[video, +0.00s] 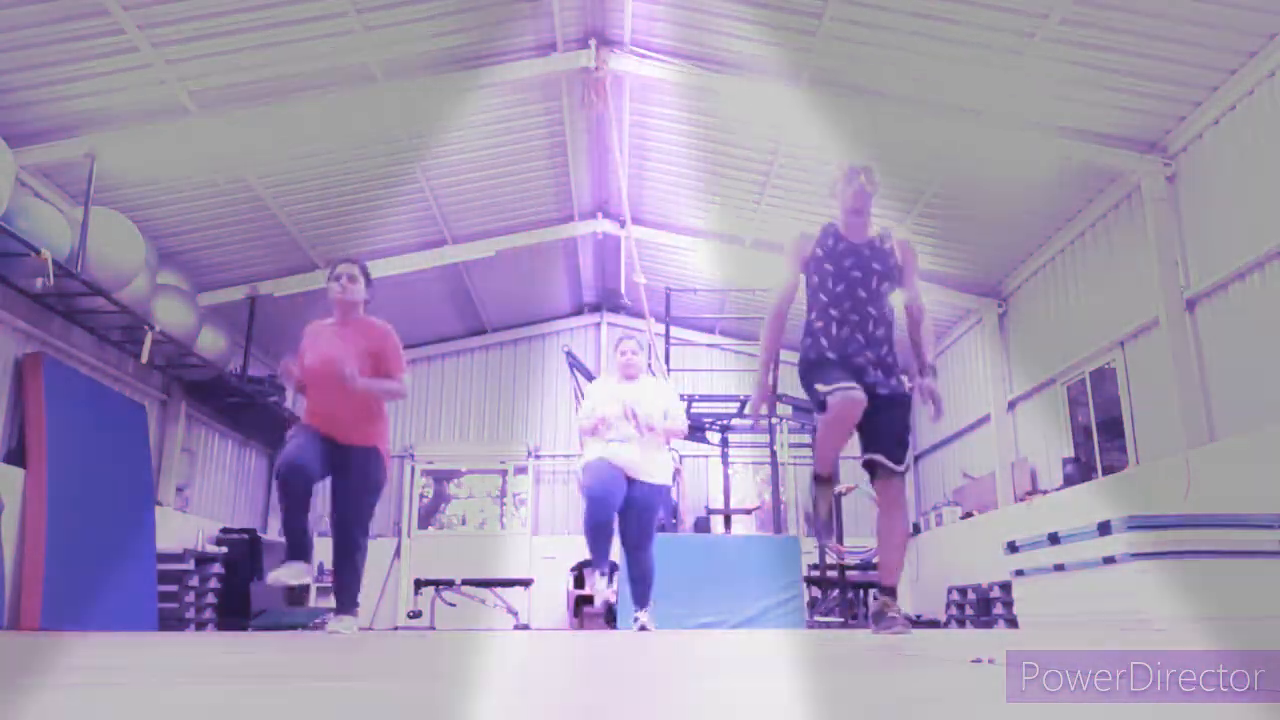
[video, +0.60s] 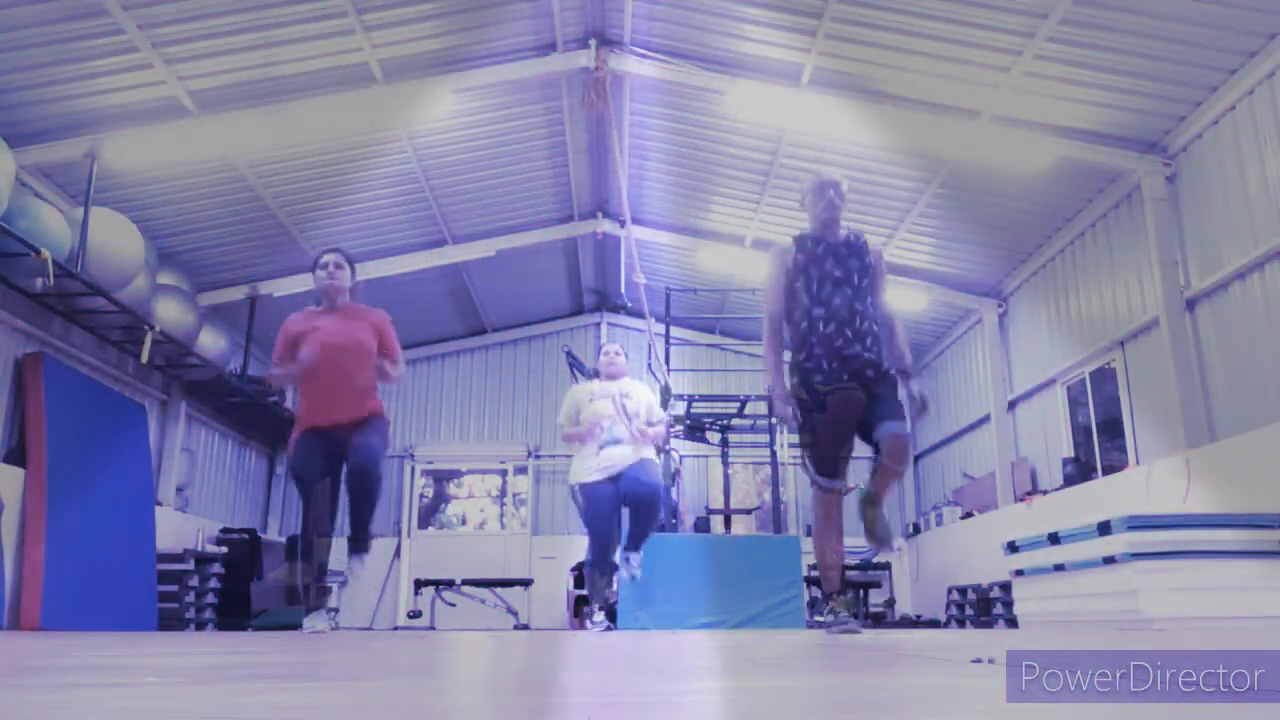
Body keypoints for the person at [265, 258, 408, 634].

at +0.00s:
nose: (343, 285)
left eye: (352, 279)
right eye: (337, 279)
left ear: (366, 290)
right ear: (327, 289)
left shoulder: (381, 333)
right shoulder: (314, 331)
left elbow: (400, 387)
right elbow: (308, 387)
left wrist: (360, 383)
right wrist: (294, 378)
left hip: (362, 441)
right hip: (317, 432)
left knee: (350, 531)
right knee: (291, 469)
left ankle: (346, 611)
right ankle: (299, 561)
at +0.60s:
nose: (330, 272)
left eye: (338, 267)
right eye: (323, 267)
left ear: (352, 278)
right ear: (314, 278)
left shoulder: (375, 319)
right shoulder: (296, 323)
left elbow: (397, 368)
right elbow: (274, 376)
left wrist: (388, 371)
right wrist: (299, 367)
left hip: (364, 421)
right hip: (315, 426)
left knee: (365, 461)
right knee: (317, 516)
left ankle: (358, 551)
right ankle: (316, 606)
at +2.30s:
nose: (357, 311)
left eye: (365, 306)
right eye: (350, 305)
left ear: (374, 317)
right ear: (338, 314)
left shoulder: (388, 356)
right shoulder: (320, 357)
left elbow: (404, 409)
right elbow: (302, 408)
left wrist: (392, 401)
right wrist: (316, 398)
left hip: (374, 442)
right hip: (330, 448)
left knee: (361, 472)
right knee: (331, 526)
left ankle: (363, 552)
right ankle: (328, 608)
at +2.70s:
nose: (369, 327)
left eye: (376, 323)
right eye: (363, 323)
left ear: (387, 334)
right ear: (353, 333)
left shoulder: (402, 374)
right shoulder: (336, 375)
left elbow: (422, 422)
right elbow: (324, 424)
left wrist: (406, 420)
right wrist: (332, 418)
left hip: (389, 468)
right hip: (346, 473)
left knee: (374, 527)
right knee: (354, 543)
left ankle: (370, 610)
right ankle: (365, 611)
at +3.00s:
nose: (378, 304)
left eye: (386, 300)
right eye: (373, 299)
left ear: (399, 310)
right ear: (364, 308)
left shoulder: (412, 348)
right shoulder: (348, 346)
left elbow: (433, 395)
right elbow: (329, 392)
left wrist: (412, 399)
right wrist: (337, 385)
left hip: (389, 443)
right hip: (347, 440)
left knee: (378, 524)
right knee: (334, 507)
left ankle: (378, 607)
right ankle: (352, 565)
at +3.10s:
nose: (378, 315)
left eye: (385, 311)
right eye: (372, 310)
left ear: (397, 319)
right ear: (363, 317)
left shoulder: (409, 362)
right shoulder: (348, 359)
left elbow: (424, 410)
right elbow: (336, 403)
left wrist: (403, 414)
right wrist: (333, 403)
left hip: (389, 454)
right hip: (349, 449)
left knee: (379, 532)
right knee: (332, 491)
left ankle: (378, 610)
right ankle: (341, 561)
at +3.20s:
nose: (372, 312)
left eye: (380, 308)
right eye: (366, 307)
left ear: (393, 316)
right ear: (358, 314)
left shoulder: (405, 355)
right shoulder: (346, 353)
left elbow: (422, 402)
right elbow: (333, 399)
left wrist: (396, 399)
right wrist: (329, 390)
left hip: (389, 452)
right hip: (350, 446)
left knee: (380, 530)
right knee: (334, 481)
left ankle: (377, 609)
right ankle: (336, 557)